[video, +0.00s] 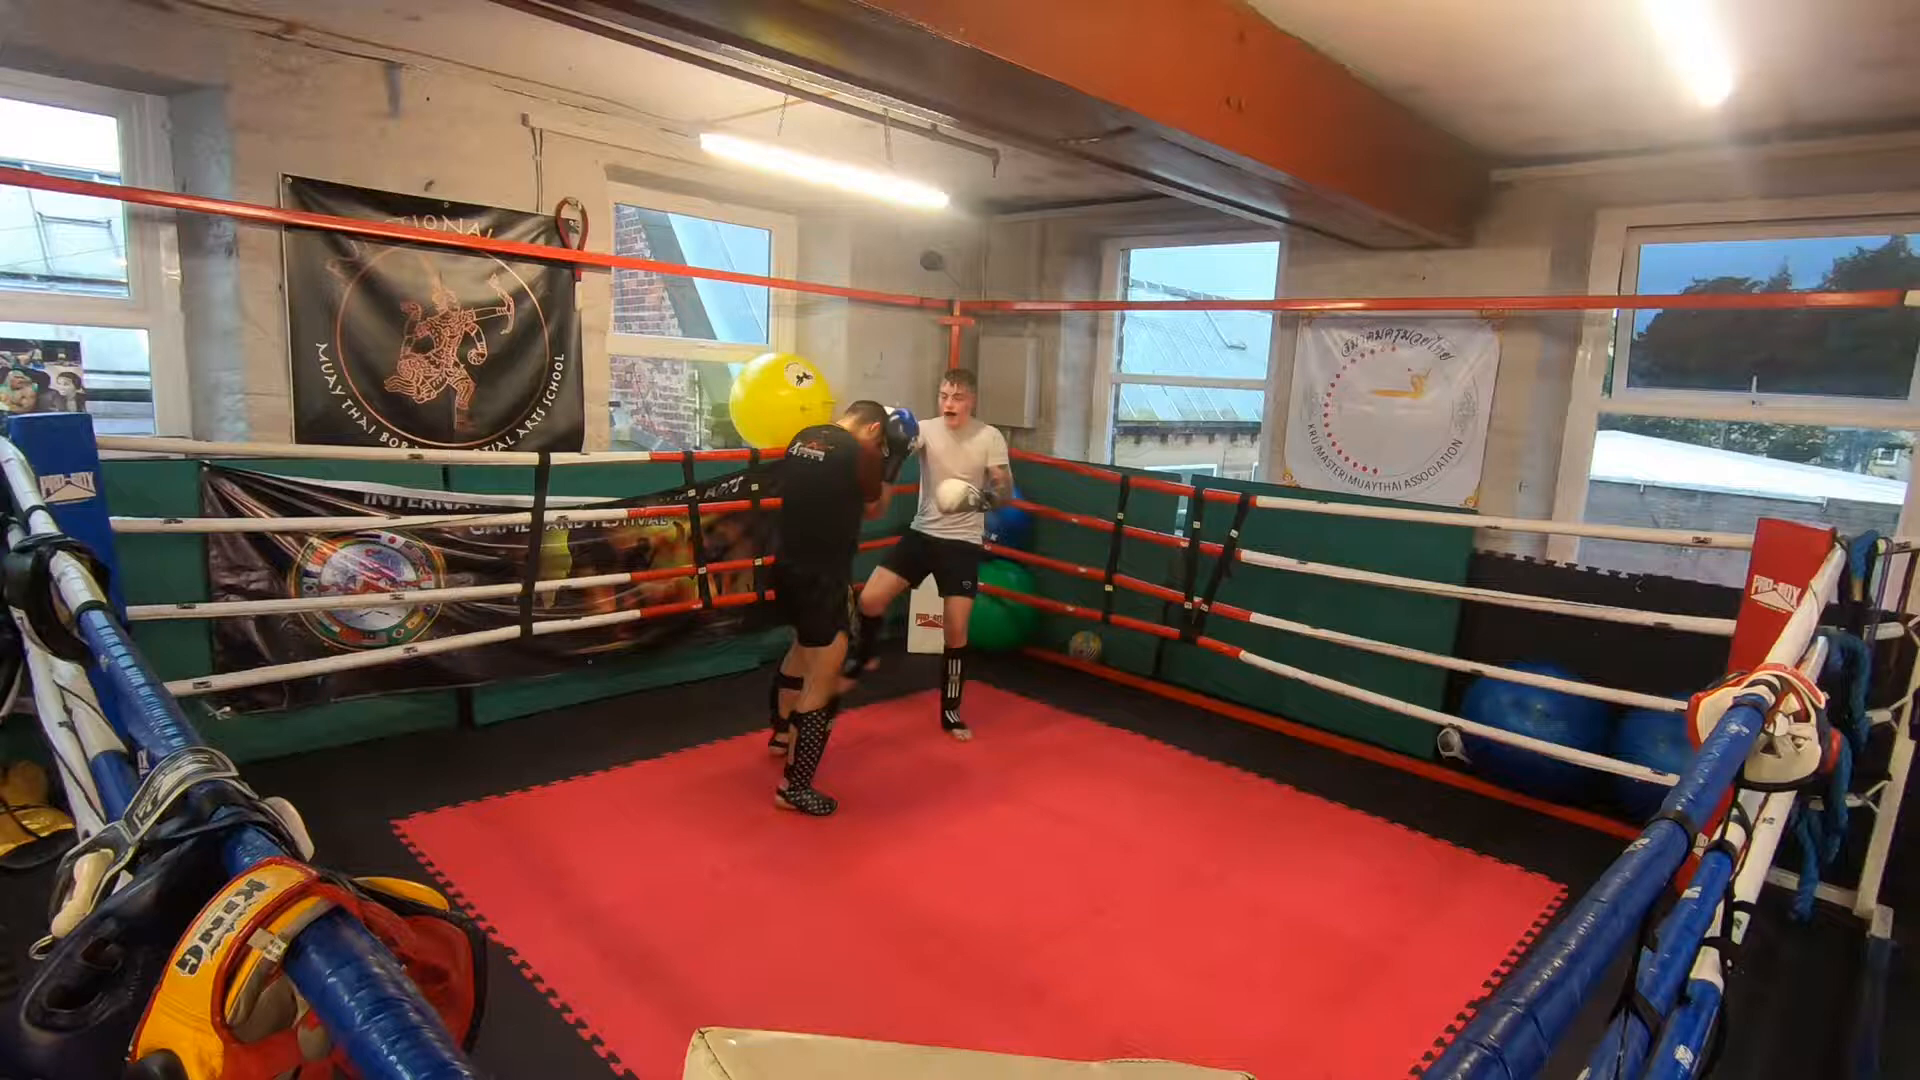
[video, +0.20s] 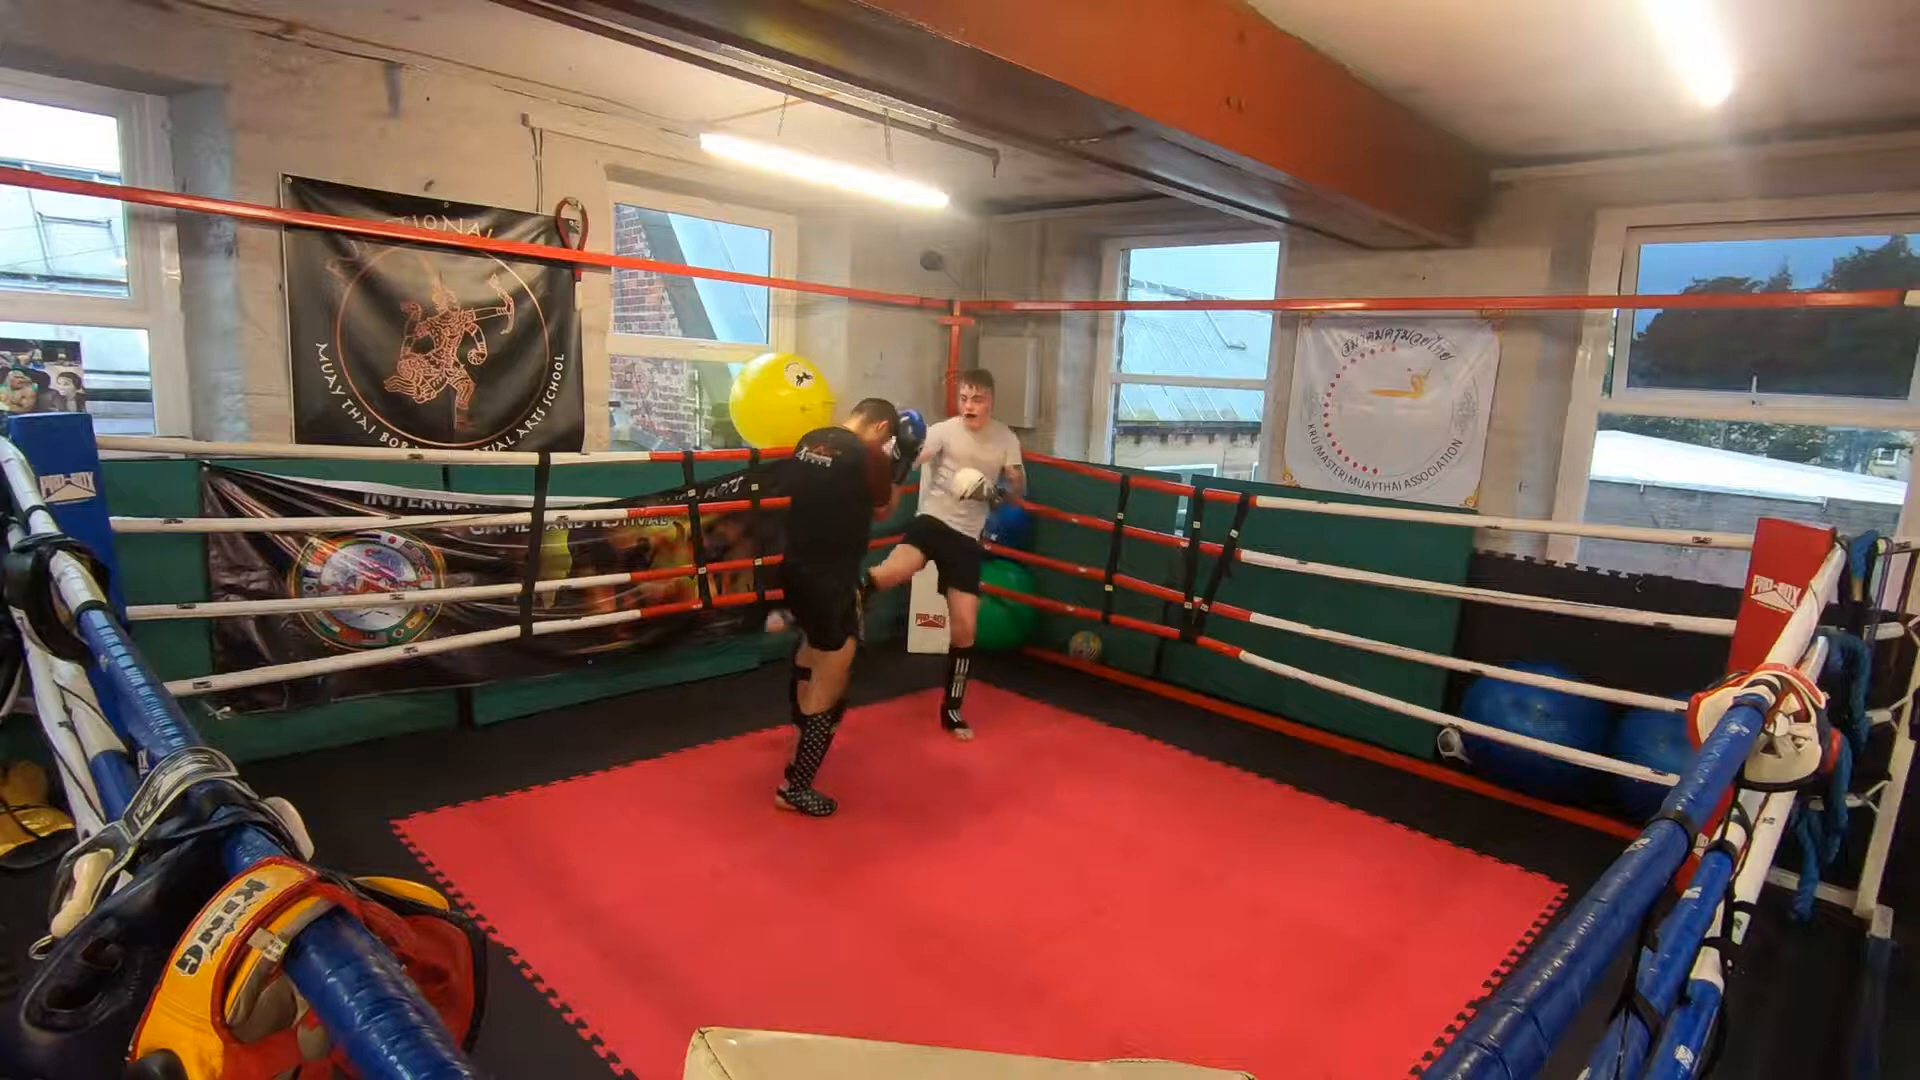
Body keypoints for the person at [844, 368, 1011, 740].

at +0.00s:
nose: (950, 403)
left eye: (958, 397)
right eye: (945, 396)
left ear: (973, 400)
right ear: (939, 397)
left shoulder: (990, 438)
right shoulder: (926, 430)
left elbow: (1005, 495)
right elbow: (891, 469)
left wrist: (991, 492)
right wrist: (895, 443)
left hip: (963, 541)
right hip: (921, 534)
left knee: (956, 629)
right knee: (870, 599)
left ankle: (951, 713)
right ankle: (862, 659)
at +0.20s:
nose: (971, 406)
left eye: (978, 399)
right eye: (965, 399)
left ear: (992, 402)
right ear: (959, 399)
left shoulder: (1006, 440)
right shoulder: (942, 432)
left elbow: (1018, 495)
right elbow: (905, 468)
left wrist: (1006, 484)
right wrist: (904, 452)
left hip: (967, 539)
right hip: (930, 525)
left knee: (965, 628)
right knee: (892, 572)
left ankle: (951, 711)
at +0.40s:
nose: (976, 409)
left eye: (983, 403)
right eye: (971, 402)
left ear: (998, 406)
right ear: (965, 404)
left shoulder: (1014, 447)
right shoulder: (947, 435)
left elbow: (1015, 503)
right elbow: (915, 480)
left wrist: (987, 496)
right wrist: (918, 455)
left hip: (968, 542)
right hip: (928, 526)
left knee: (965, 627)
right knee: (886, 571)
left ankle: (951, 710)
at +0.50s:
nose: (972, 405)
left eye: (980, 399)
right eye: (968, 398)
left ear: (994, 402)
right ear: (962, 400)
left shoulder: (1012, 443)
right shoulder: (947, 434)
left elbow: (1022, 499)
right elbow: (924, 481)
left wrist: (990, 501)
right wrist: (928, 457)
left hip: (973, 541)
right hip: (932, 529)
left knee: (964, 626)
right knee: (886, 590)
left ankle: (952, 712)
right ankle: (836, 662)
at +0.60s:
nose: (969, 402)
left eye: (976, 396)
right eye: (964, 395)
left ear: (990, 400)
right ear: (956, 399)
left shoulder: (1009, 442)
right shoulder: (946, 434)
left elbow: (1028, 495)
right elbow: (929, 483)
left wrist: (1004, 503)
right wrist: (933, 456)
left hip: (976, 541)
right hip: (936, 533)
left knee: (960, 626)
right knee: (902, 607)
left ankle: (950, 710)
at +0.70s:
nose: (960, 405)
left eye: (967, 399)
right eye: (955, 398)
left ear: (981, 403)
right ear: (948, 402)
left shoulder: (1001, 441)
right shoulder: (937, 439)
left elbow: (1029, 486)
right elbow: (917, 477)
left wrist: (1012, 500)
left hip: (975, 540)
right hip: (937, 537)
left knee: (959, 622)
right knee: (934, 617)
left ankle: (950, 709)